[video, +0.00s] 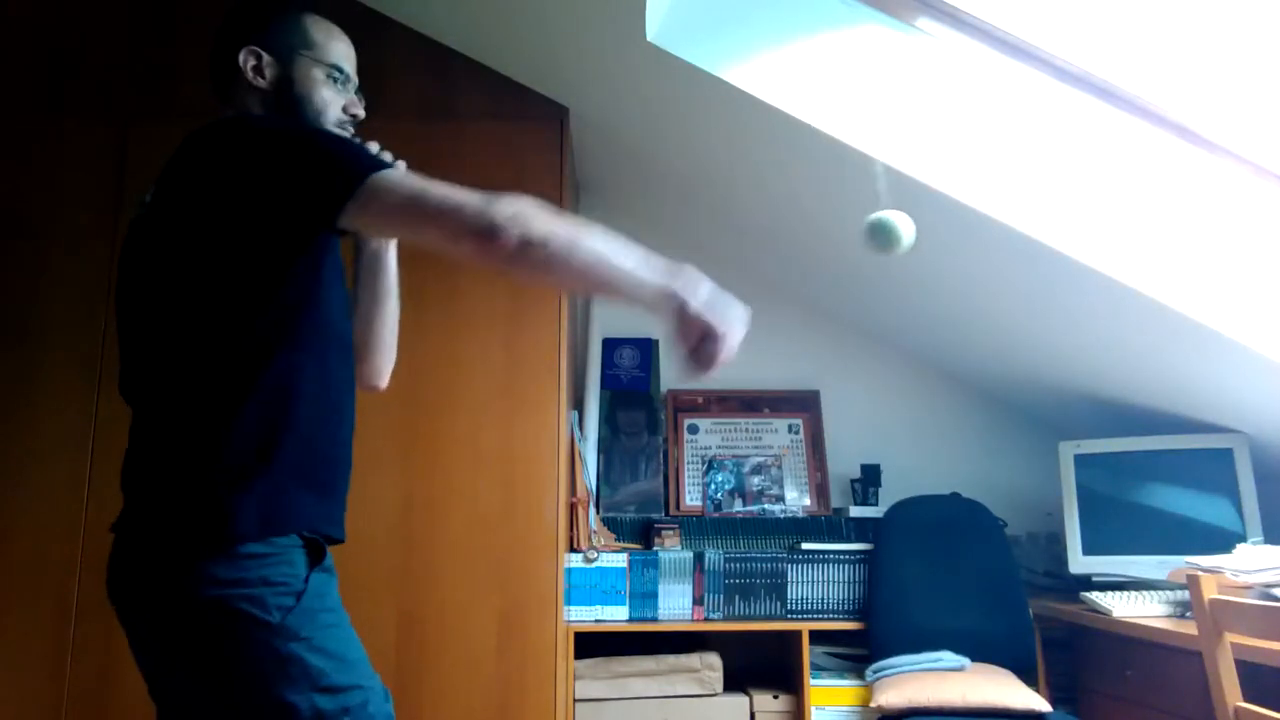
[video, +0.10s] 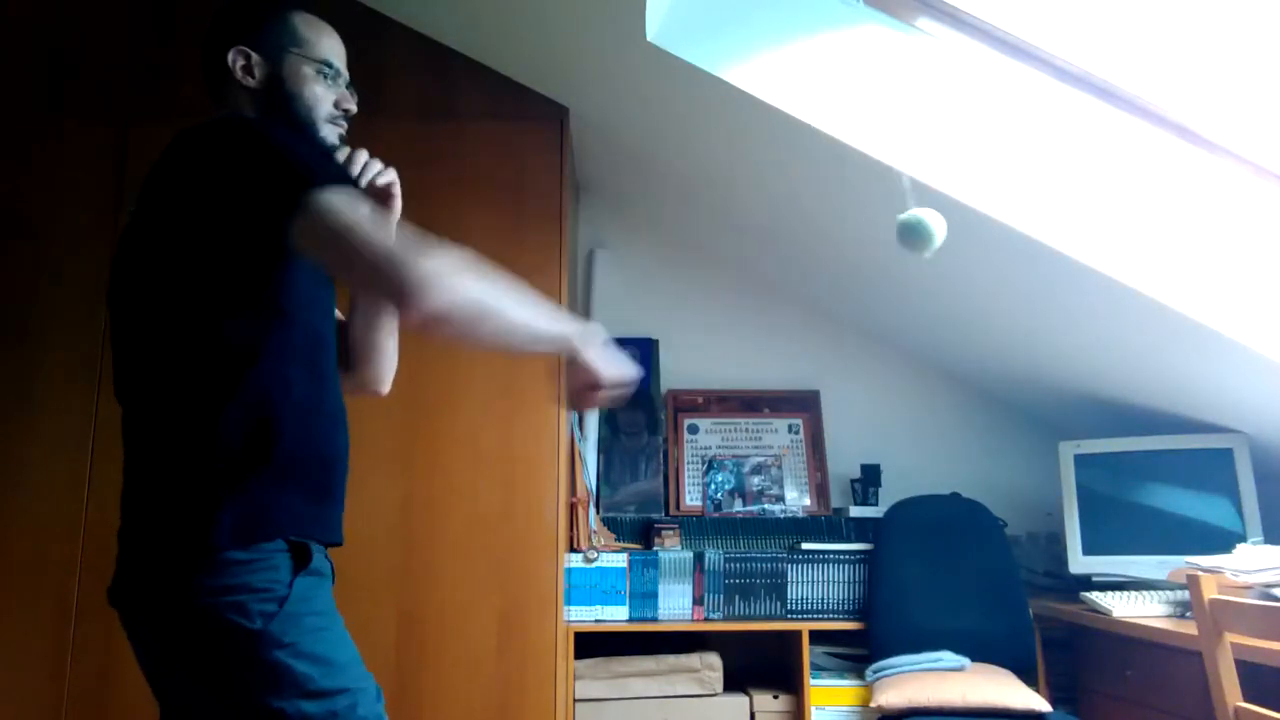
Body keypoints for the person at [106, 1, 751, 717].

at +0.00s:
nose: (356, 103)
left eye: (356, 85)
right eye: (335, 75)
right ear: (257, 69)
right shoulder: (250, 156)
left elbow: (370, 366)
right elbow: (500, 229)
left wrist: (373, 207)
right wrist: (674, 285)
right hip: (231, 564)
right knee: (358, 705)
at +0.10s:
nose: (350, 102)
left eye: (347, 84)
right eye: (326, 73)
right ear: (249, 69)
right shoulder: (248, 154)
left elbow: (367, 371)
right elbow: (418, 280)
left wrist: (376, 240)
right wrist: (579, 335)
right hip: (250, 572)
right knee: (349, 706)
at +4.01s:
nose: (287, 50)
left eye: (283, 26)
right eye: (260, 17)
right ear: (171, 10)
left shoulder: (165, 146)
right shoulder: (132, 123)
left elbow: (299, 353)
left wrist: (340, 246)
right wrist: (355, 319)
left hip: (138, 574)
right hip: (105, 579)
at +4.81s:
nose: (402, 74)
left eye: (395, 47)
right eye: (380, 37)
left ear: (294, 33)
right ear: (298, 26)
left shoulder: (162, 160)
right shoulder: (324, 125)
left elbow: (314, 352)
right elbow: (482, 299)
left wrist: (419, 254)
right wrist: (619, 269)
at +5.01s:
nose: (366, 77)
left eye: (359, 55)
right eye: (339, 46)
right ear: (258, 47)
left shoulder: (253, 171)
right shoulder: (225, 147)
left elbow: (312, 423)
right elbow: (245, 368)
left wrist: (396, 304)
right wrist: (436, 315)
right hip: (215, 594)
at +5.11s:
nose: (350, 90)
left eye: (343, 72)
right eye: (322, 62)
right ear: (241, 63)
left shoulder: (248, 218)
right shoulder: (181, 171)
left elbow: (316, 436)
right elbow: (178, 388)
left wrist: (371, 317)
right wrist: (382, 321)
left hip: (208, 600)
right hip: (159, 602)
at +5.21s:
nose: (342, 105)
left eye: (335, 84)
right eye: (313, 76)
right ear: (231, 80)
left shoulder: (242, 237)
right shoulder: (163, 180)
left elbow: (305, 445)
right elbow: (134, 401)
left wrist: (365, 331)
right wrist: (355, 323)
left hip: (194, 602)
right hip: (137, 602)